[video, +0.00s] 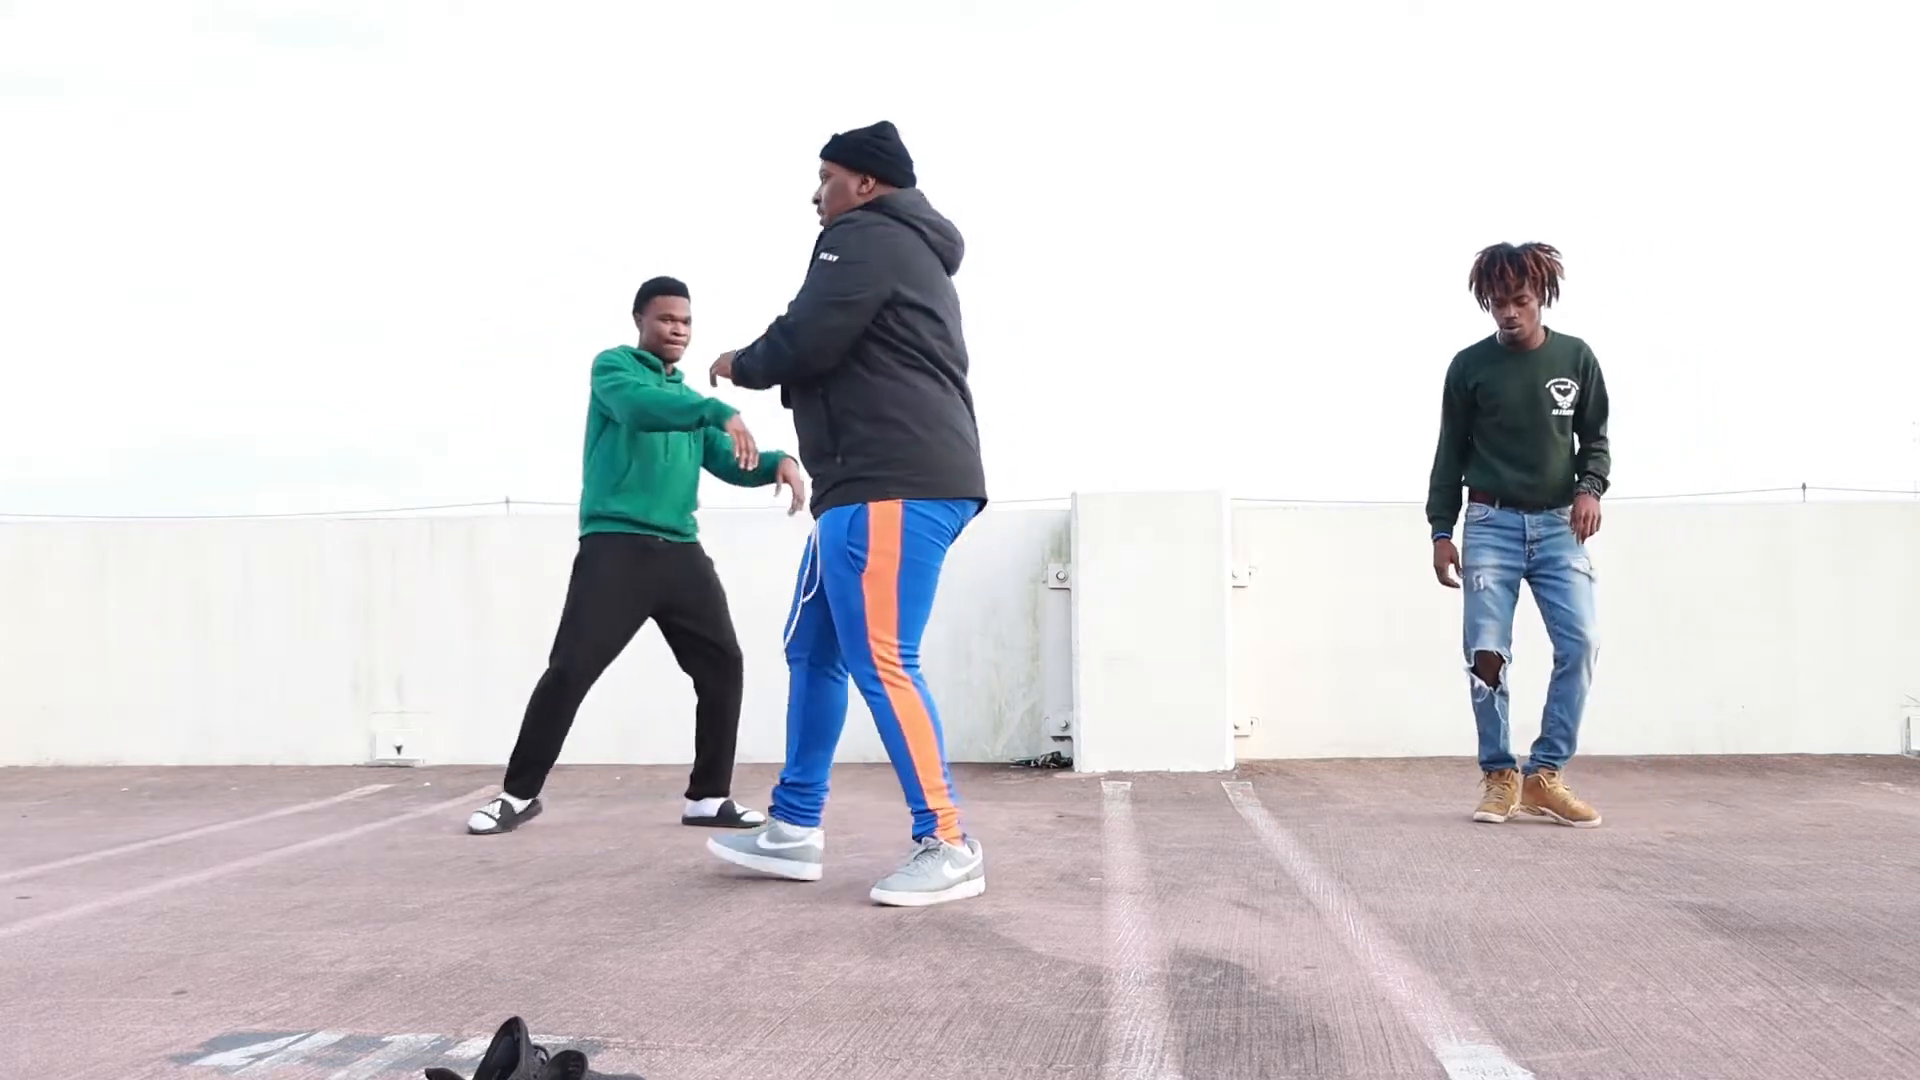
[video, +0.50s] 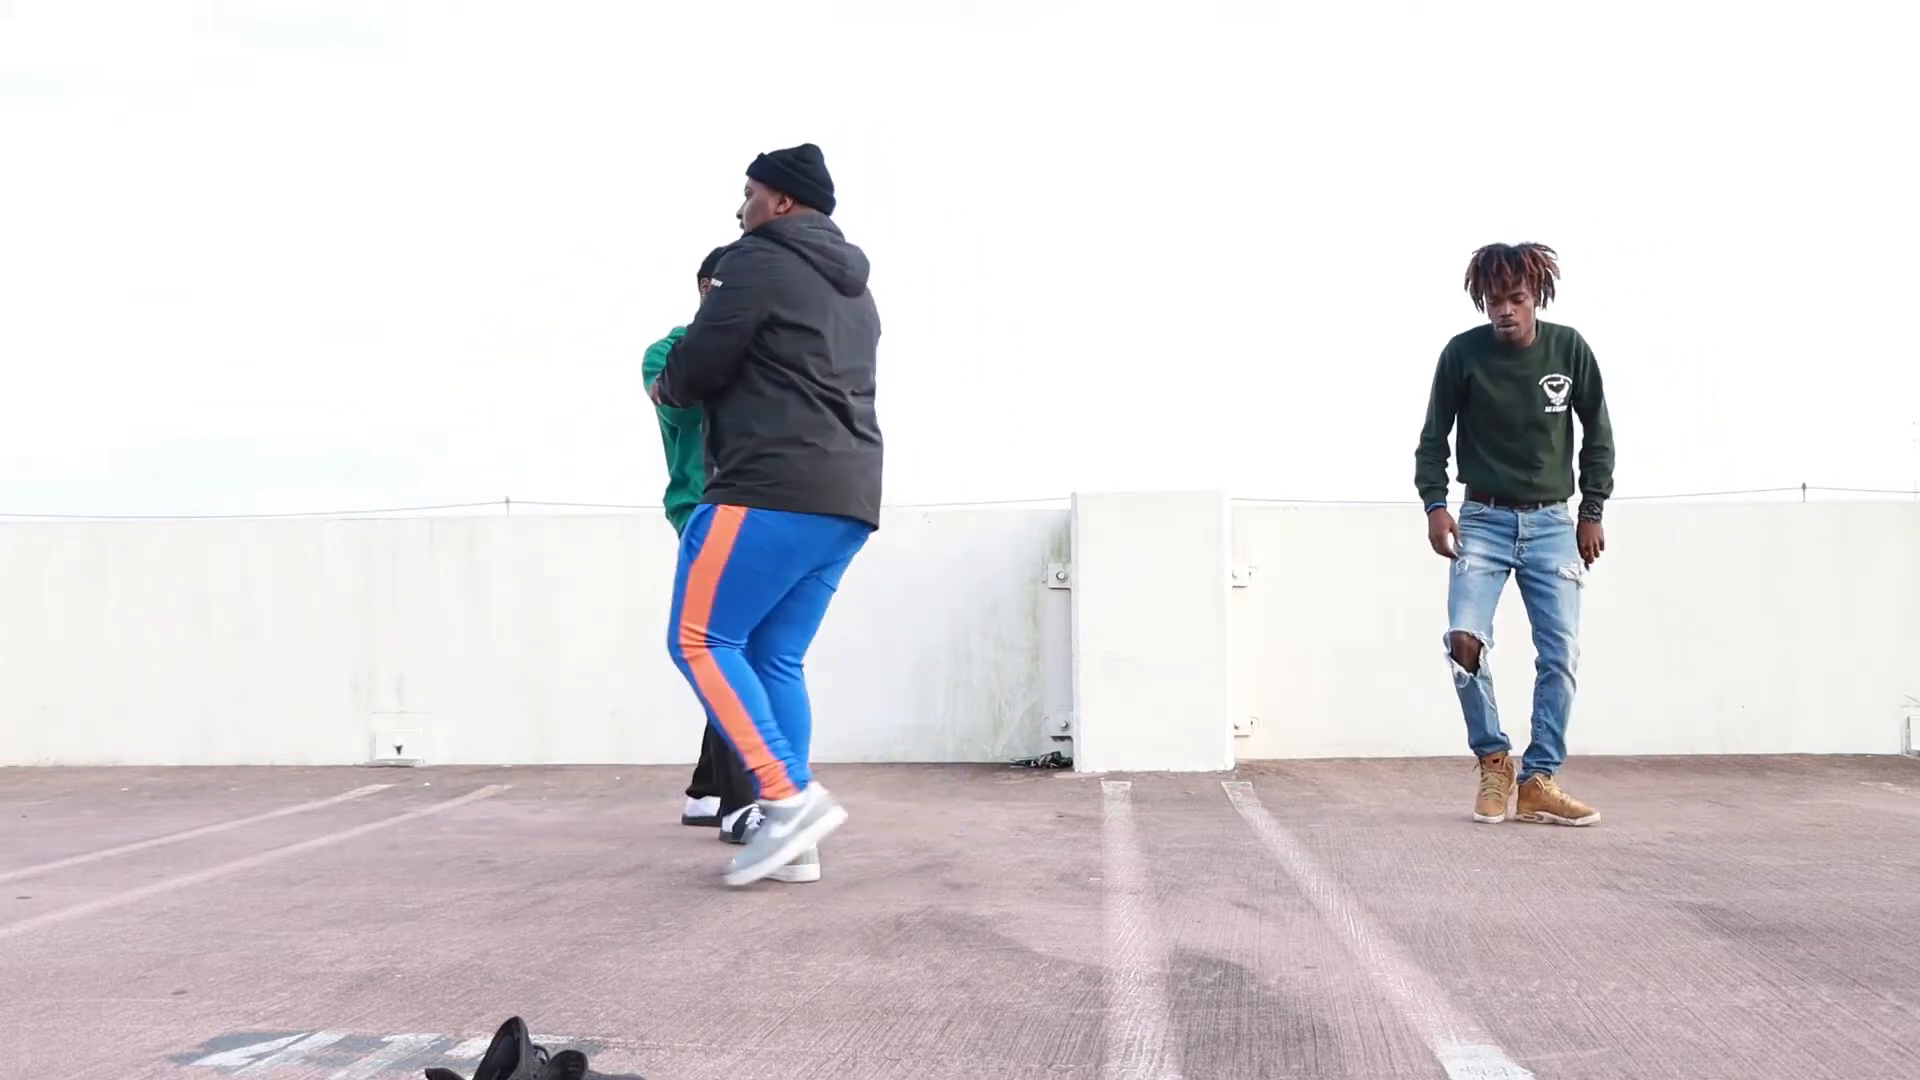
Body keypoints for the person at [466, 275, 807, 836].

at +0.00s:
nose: (675, 329)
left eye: (683, 321)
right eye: (664, 319)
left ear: (690, 329)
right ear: (639, 321)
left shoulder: (691, 398)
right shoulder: (615, 365)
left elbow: (728, 461)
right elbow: (639, 404)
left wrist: (777, 461)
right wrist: (720, 412)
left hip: (681, 551)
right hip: (616, 545)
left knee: (722, 667)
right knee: (570, 670)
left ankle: (708, 798)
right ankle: (518, 794)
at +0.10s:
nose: (699, 322)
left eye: (707, 314)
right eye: (688, 311)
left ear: (714, 323)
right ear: (661, 315)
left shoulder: (717, 394)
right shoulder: (636, 358)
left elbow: (758, 446)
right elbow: (649, 389)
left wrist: (818, 440)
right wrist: (723, 385)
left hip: (702, 548)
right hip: (636, 538)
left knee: (729, 670)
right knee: (592, 660)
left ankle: (708, 797)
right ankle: (550, 789)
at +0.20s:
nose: (716, 313)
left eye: (724, 305)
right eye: (706, 303)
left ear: (731, 311)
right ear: (678, 302)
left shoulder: (740, 364)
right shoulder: (650, 347)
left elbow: (774, 407)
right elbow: (659, 374)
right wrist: (748, 348)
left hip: (717, 536)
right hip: (651, 526)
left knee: (729, 666)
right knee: (624, 651)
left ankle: (708, 797)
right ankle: (608, 796)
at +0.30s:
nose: (729, 308)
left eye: (738, 299)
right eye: (719, 295)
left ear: (747, 303)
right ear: (694, 293)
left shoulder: (748, 350)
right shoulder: (658, 342)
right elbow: (668, 363)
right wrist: (733, 319)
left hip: (734, 520)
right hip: (668, 512)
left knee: (727, 662)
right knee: (667, 652)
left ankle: (710, 796)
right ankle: (663, 797)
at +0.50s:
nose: (721, 300)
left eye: (729, 290)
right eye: (714, 288)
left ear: (744, 294)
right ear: (701, 291)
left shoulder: (757, 346)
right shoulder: (674, 349)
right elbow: (673, 394)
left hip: (749, 504)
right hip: (699, 504)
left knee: (728, 648)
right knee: (722, 648)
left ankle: (708, 785)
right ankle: (740, 795)